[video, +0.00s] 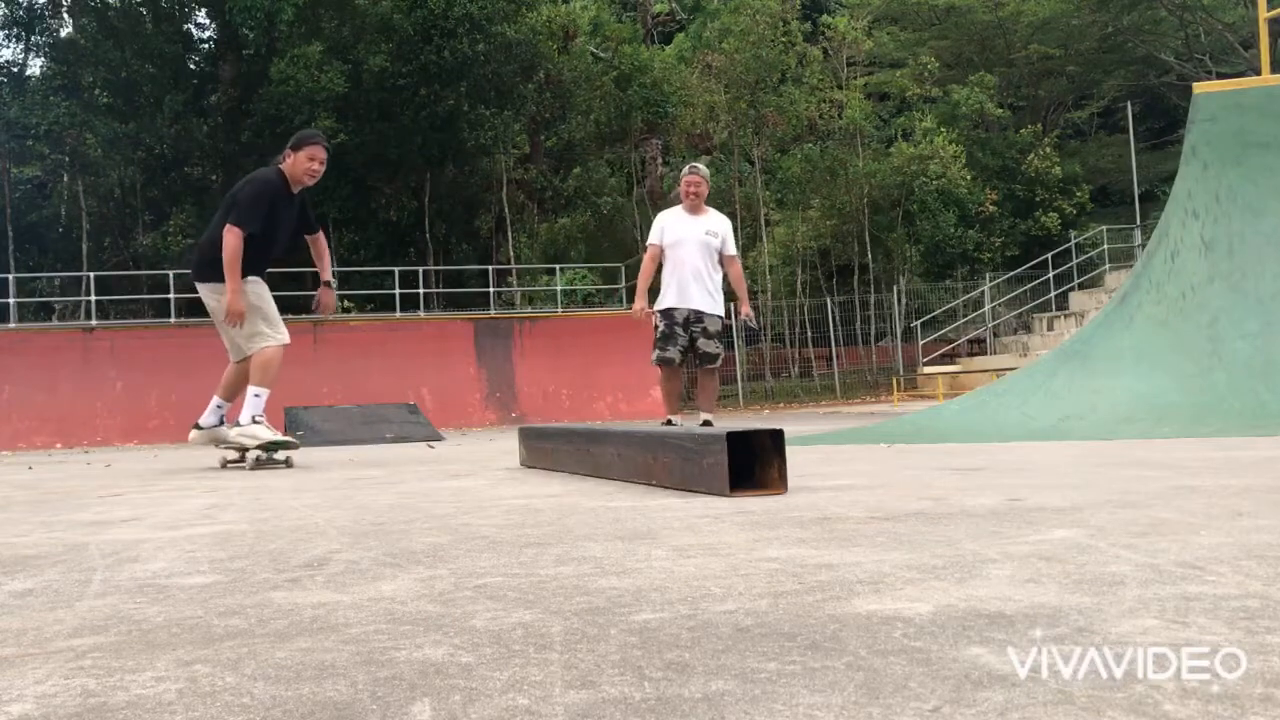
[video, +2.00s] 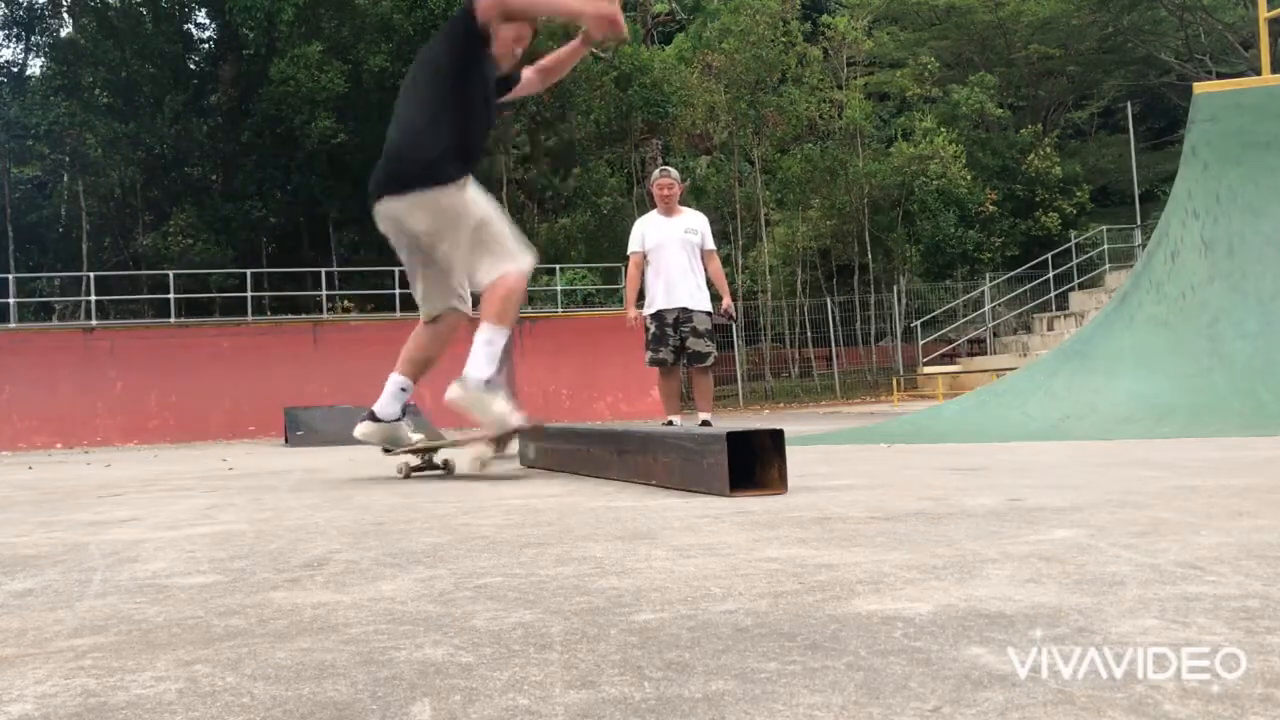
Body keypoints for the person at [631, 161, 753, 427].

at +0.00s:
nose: (692, 190)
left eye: (698, 185)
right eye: (687, 185)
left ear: (707, 189)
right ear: (680, 187)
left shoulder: (721, 222)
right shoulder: (664, 218)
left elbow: (732, 263)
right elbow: (651, 258)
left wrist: (744, 301)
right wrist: (640, 296)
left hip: (708, 306)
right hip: (671, 304)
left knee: (708, 365)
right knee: (669, 364)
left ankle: (706, 419)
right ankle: (672, 419)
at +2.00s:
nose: (666, 192)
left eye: (670, 187)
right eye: (660, 188)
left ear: (680, 189)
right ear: (652, 191)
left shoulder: (698, 219)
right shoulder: (643, 224)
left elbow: (711, 259)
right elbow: (635, 266)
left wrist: (726, 295)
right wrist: (630, 305)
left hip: (696, 304)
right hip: (660, 306)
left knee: (701, 365)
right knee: (668, 367)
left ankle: (705, 419)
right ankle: (673, 421)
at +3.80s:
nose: (667, 192)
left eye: (672, 186)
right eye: (662, 187)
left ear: (683, 188)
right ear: (655, 191)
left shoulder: (702, 220)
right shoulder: (645, 224)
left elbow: (714, 260)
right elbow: (637, 265)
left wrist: (726, 297)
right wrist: (633, 305)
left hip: (697, 305)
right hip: (661, 306)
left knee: (702, 365)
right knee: (668, 366)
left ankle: (705, 418)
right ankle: (672, 420)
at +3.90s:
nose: (667, 192)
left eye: (672, 186)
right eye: (662, 187)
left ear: (683, 188)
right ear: (655, 191)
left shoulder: (702, 220)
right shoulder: (646, 223)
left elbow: (714, 260)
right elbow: (638, 265)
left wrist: (726, 297)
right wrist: (633, 305)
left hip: (697, 305)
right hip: (661, 306)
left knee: (702, 365)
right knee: (668, 366)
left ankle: (705, 418)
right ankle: (672, 420)